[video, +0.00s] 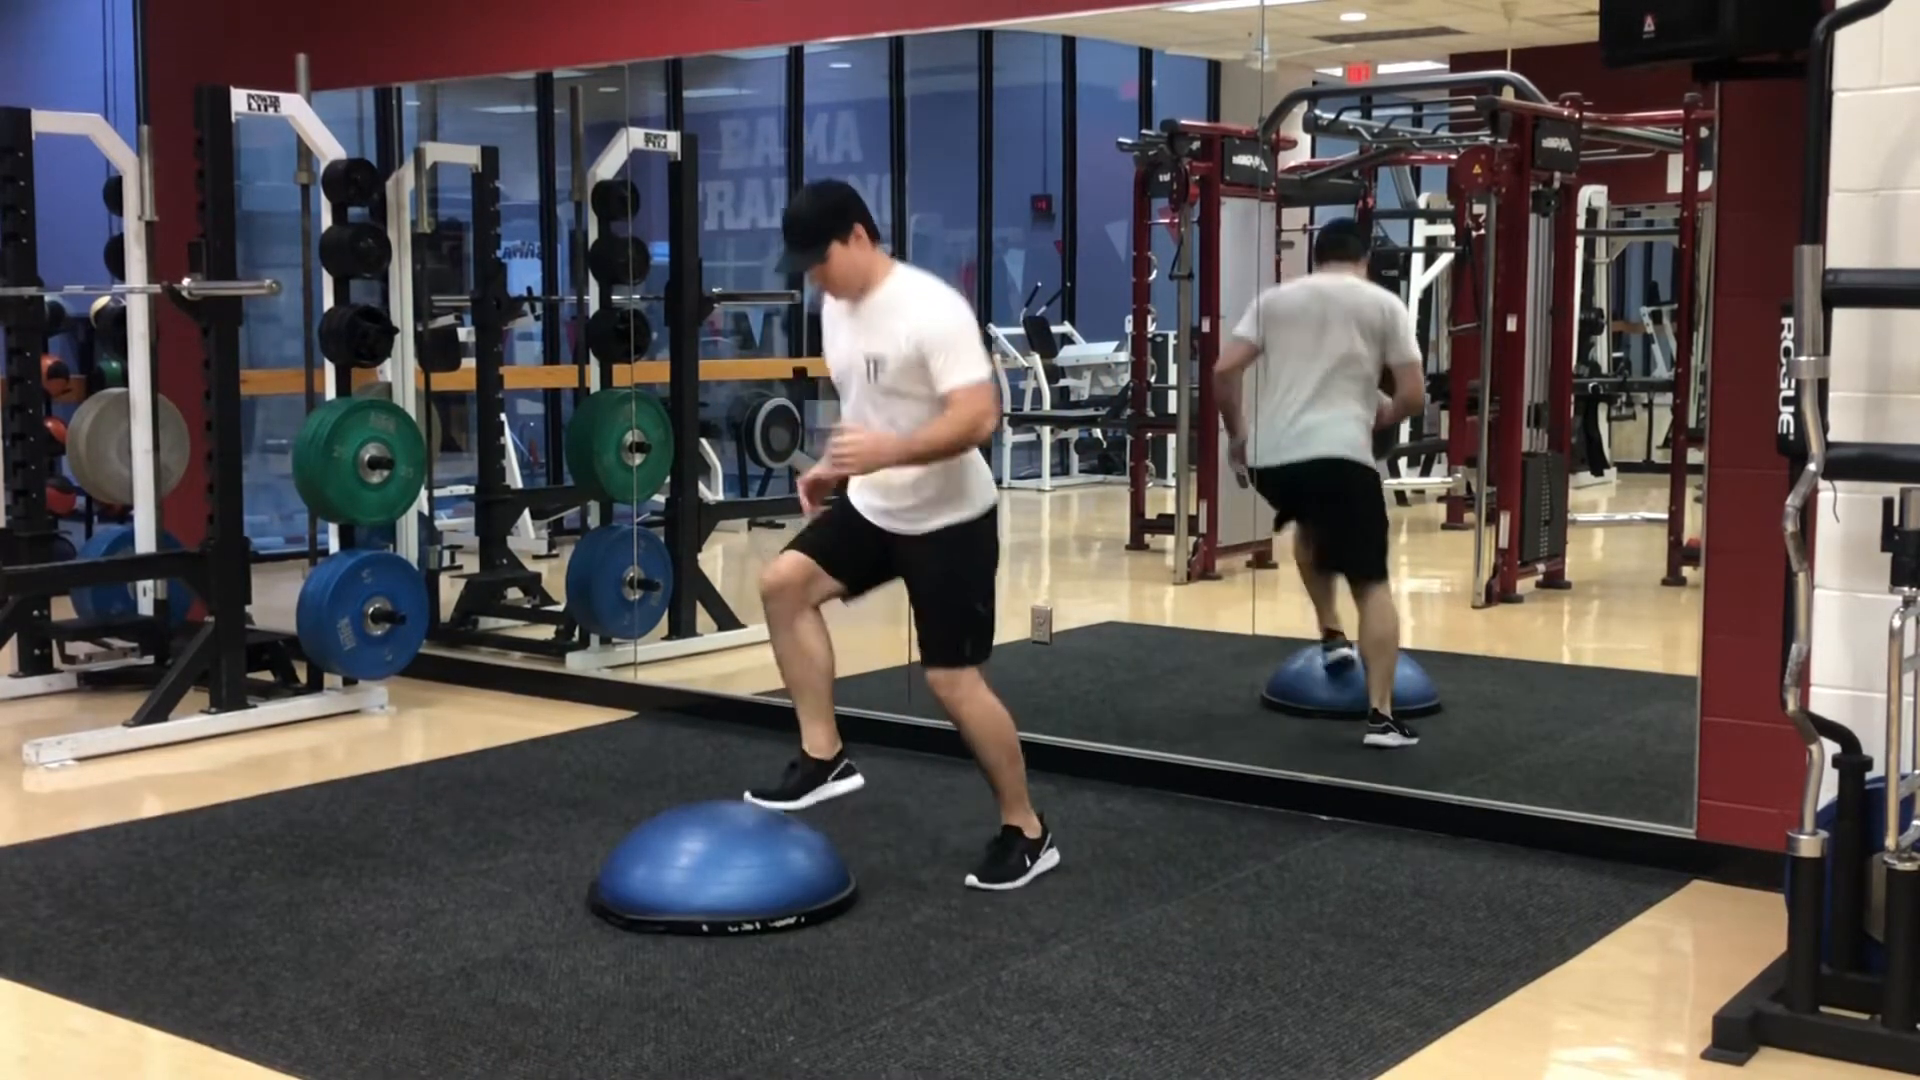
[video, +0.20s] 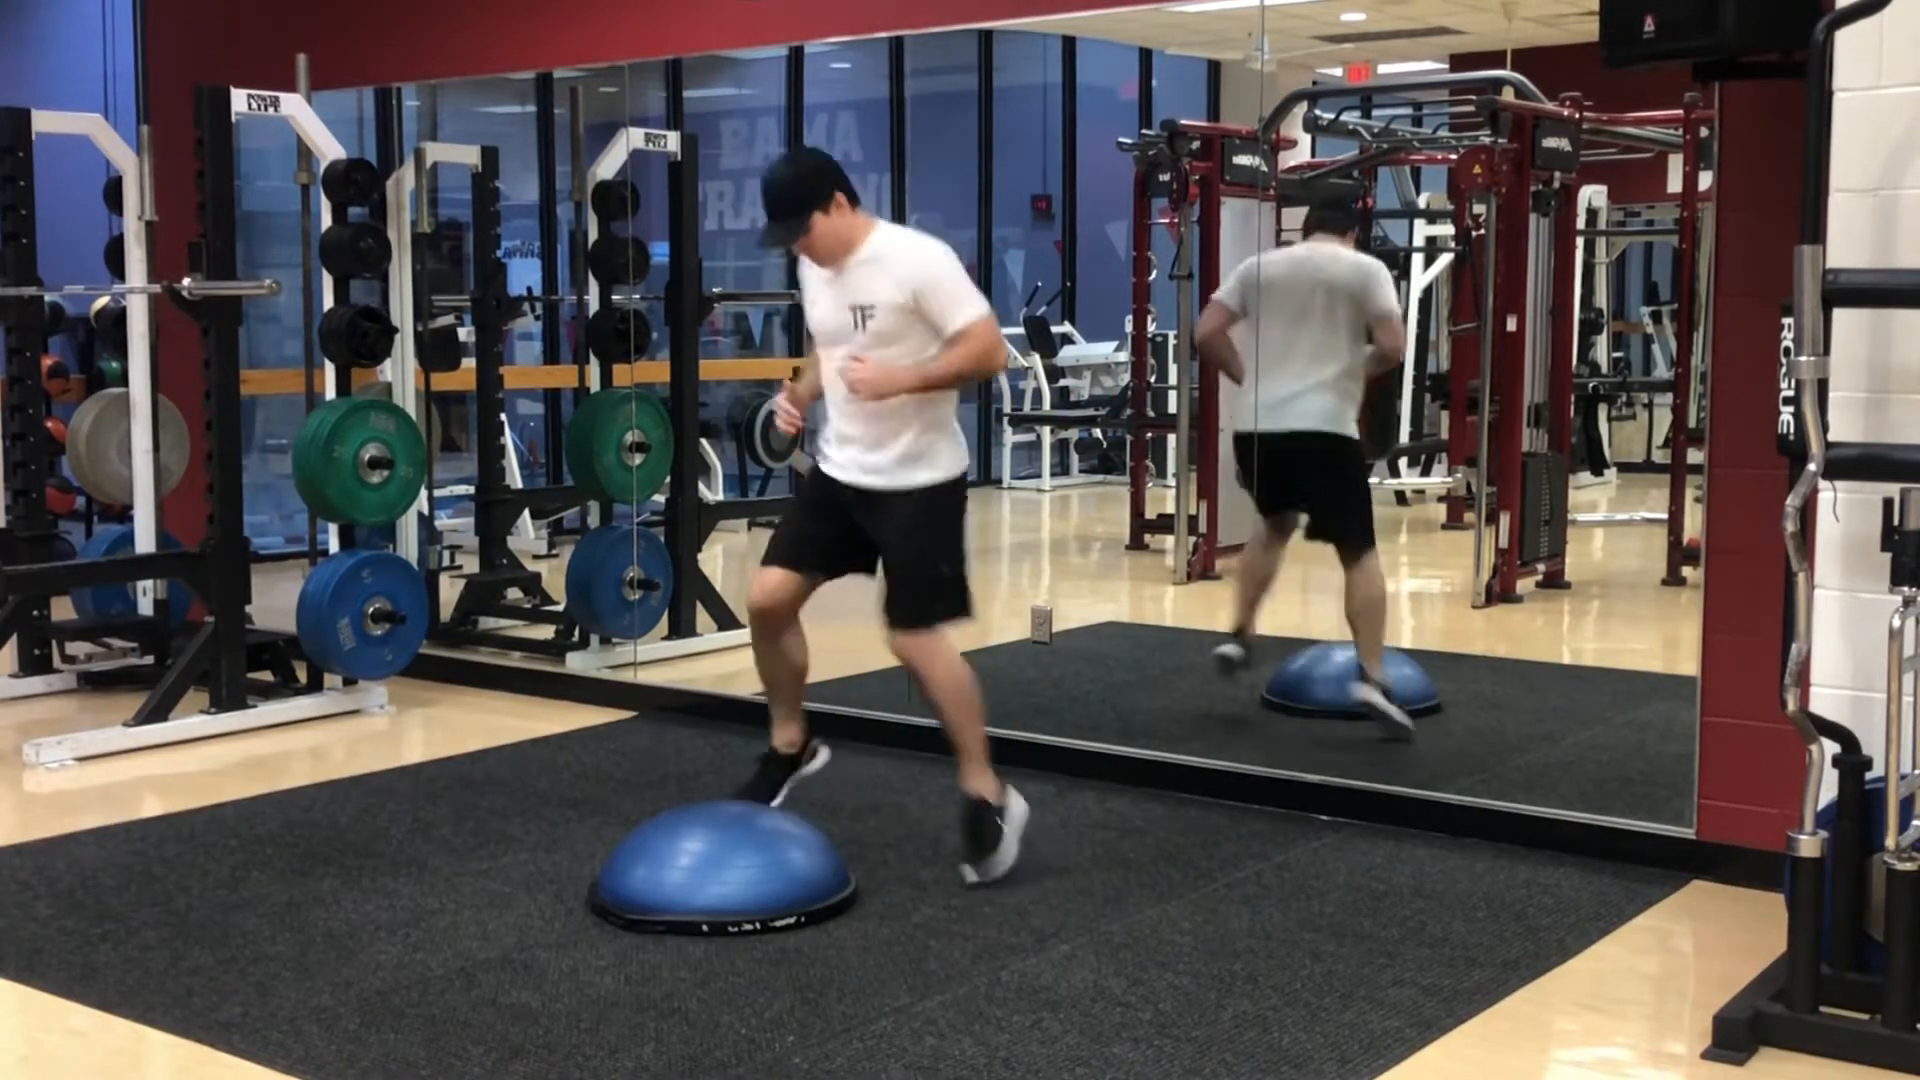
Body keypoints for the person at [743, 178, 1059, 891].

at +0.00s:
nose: (814, 279)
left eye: (818, 262)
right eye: (808, 266)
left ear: (857, 238)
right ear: (842, 247)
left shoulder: (934, 307)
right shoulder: (836, 306)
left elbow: (978, 416)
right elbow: (869, 414)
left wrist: (891, 450)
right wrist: (833, 470)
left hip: (951, 518)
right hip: (874, 510)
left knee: (954, 679)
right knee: (783, 586)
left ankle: (1025, 827)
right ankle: (822, 755)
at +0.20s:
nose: (800, 250)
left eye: (803, 234)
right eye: (791, 240)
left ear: (838, 205)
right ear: (802, 221)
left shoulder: (920, 259)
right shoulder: (813, 267)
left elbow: (988, 349)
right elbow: (831, 350)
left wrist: (904, 377)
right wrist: (799, 391)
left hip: (919, 487)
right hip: (838, 480)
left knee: (919, 639)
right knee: (769, 599)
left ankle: (986, 793)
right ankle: (789, 745)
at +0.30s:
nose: (778, 251)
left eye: (783, 235)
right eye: (771, 240)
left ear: (819, 208)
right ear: (775, 228)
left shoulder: (906, 258)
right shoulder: (784, 277)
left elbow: (989, 331)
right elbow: (779, 354)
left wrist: (929, 397)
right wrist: (766, 411)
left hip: (907, 464)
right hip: (828, 471)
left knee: (843, 579)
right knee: (789, 631)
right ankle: (774, 768)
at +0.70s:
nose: (776, 240)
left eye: (779, 224)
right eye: (768, 231)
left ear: (812, 192)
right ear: (778, 212)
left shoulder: (898, 245)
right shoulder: (788, 263)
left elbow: (986, 315)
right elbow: (796, 346)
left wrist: (930, 386)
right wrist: (767, 408)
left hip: (906, 469)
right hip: (826, 468)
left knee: (882, 624)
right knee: (756, 590)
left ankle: (955, 801)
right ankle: (805, 737)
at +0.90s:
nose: (782, 274)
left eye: (786, 257)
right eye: (775, 262)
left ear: (826, 233)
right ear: (809, 243)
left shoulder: (899, 297)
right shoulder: (813, 306)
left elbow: (979, 378)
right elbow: (841, 398)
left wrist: (900, 416)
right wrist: (802, 442)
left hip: (916, 524)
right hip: (840, 512)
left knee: (927, 681)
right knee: (755, 588)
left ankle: (989, 832)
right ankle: (816, 747)